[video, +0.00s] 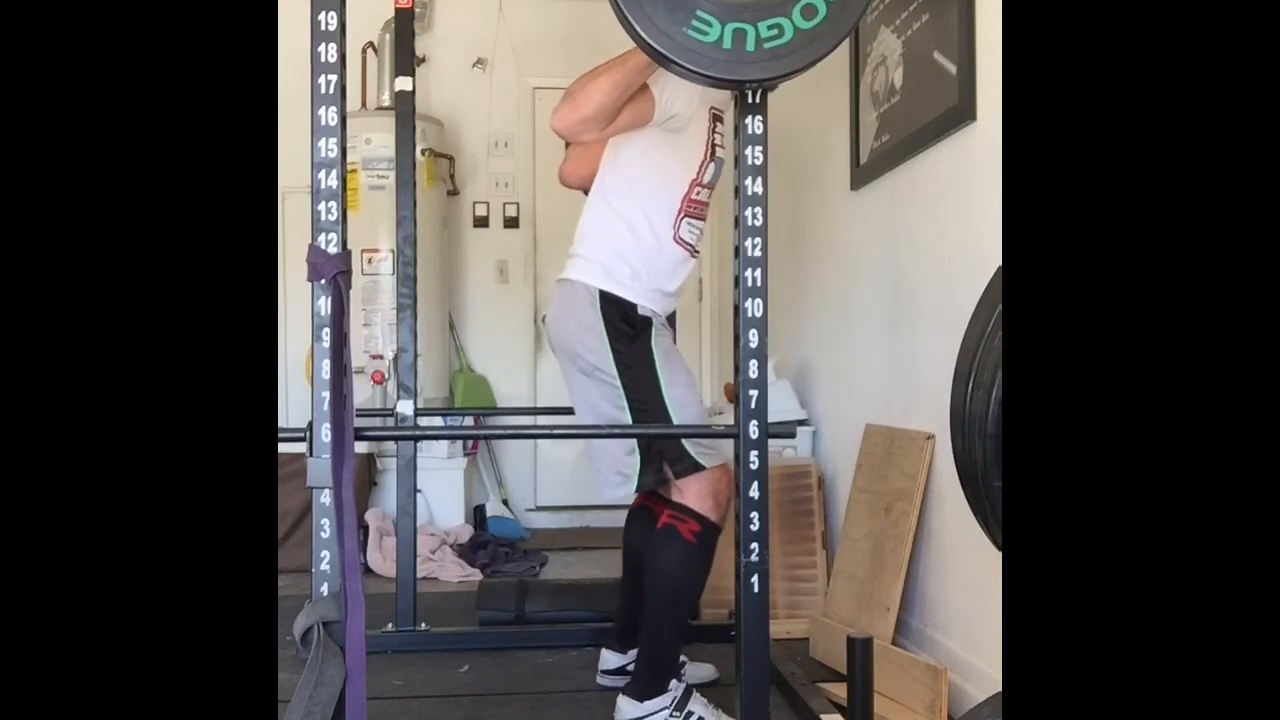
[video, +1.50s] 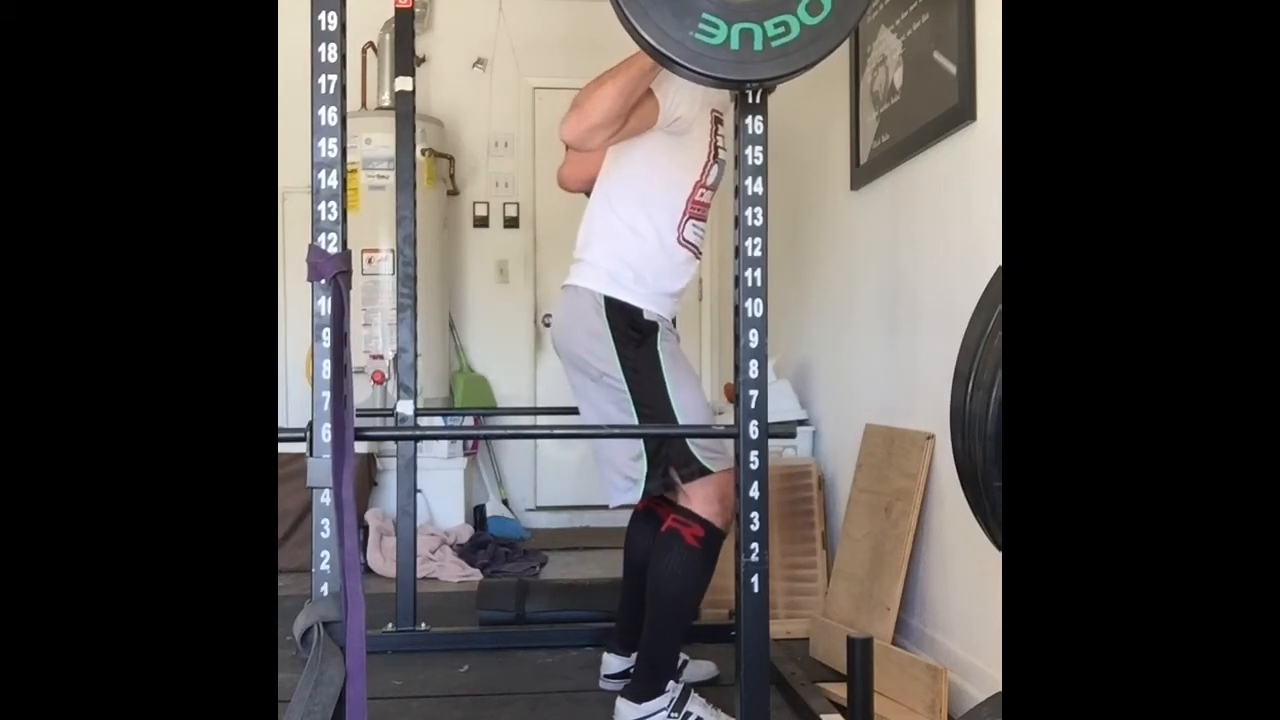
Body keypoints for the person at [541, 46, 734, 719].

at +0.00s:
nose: (759, 49)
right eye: (751, 35)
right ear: (721, 31)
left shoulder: (695, 105)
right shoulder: (680, 79)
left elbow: (575, 168)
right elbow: (567, 120)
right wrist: (652, 46)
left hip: (626, 306)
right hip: (609, 306)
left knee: (667, 481)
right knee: (704, 486)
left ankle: (628, 650)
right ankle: (651, 694)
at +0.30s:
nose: (760, 48)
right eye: (751, 33)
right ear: (722, 27)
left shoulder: (699, 101)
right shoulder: (683, 77)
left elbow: (578, 170)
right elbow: (570, 123)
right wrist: (655, 47)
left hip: (625, 305)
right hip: (613, 305)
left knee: (667, 484)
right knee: (707, 487)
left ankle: (629, 653)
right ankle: (651, 693)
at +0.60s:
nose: (763, 49)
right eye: (754, 35)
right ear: (725, 30)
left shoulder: (703, 103)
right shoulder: (683, 79)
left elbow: (580, 175)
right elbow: (572, 126)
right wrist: (657, 48)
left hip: (626, 306)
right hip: (616, 307)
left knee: (671, 487)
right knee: (707, 489)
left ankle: (630, 654)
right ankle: (651, 693)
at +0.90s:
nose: (761, 45)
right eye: (752, 33)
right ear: (723, 27)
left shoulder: (697, 101)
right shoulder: (683, 81)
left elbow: (579, 177)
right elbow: (572, 131)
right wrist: (656, 53)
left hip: (627, 309)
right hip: (615, 310)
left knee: (671, 486)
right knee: (708, 492)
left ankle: (629, 654)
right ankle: (650, 694)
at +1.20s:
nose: (766, 50)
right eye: (759, 36)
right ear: (729, 30)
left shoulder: (700, 99)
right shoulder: (687, 77)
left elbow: (572, 163)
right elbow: (571, 122)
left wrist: (660, 190)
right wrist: (655, 42)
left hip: (626, 309)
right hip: (621, 312)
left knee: (672, 493)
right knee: (712, 498)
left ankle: (628, 655)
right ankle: (650, 695)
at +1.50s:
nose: (759, 42)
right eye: (750, 29)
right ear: (720, 24)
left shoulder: (695, 99)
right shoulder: (681, 76)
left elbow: (573, 173)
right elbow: (576, 129)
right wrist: (656, 46)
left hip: (626, 311)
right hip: (614, 312)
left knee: (670, 488)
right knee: (709, 492)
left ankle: (628, 655)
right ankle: (650, 694)